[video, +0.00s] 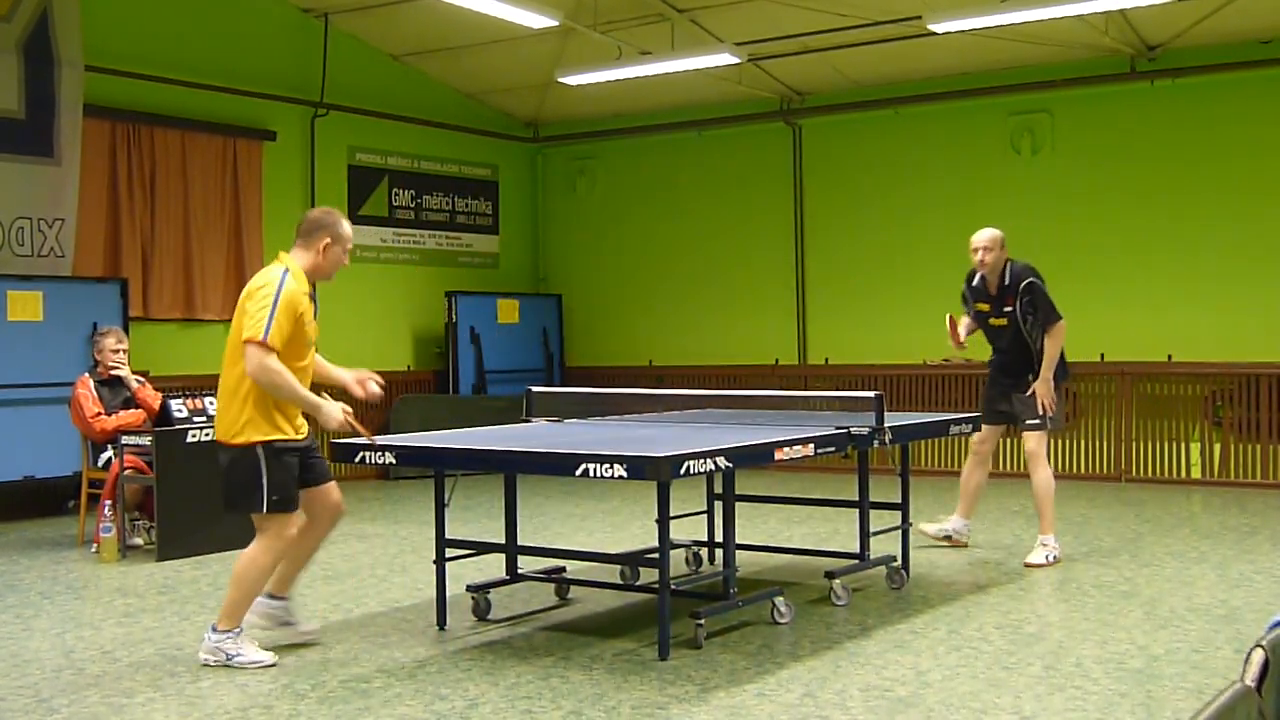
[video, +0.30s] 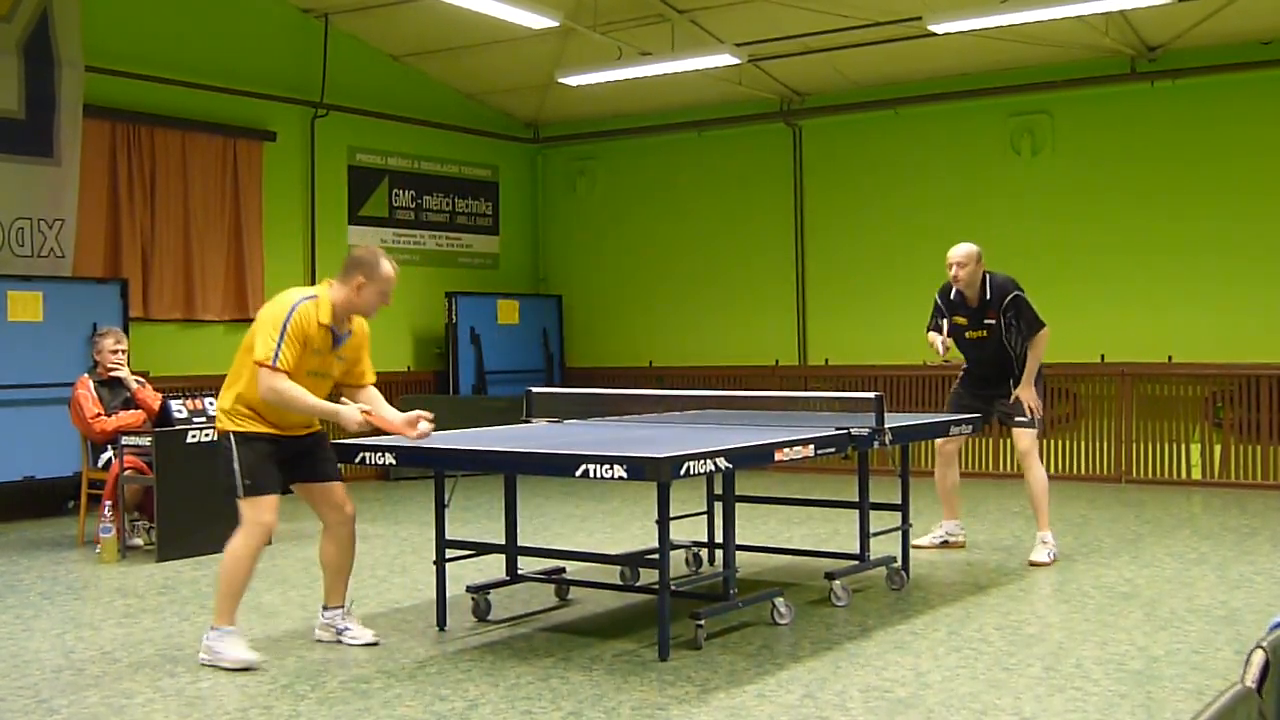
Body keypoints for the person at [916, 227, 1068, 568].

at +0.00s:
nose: (981, 256)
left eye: (988, 250)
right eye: (976, 251)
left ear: (1003, 252)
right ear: (971, 255)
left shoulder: (1025, 279)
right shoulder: (973, 283)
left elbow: (1056, 328)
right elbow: (976, 316)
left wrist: (1046, 378)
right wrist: (962, 332)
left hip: (1036, 371)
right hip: (1002, 370)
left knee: (1034, 450)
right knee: (981, 444)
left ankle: (1047, 542)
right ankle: (958, 526)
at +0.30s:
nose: (954, 272)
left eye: (960, 266)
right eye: (950, 266)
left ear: (979, 266)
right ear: (947, 268)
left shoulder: (1004, 289)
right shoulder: (946, 294)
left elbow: (1040, 332)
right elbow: (933, 332)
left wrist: (1027, 384)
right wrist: (939, 341)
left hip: (1015, 379)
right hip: (974, 379)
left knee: (1027, 449)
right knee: (945, 447)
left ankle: (1045, 538)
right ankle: (951, 529)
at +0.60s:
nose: (954, 285)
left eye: (961, 279)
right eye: (951, 279)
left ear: (981, 280)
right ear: (949, 281)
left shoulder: (1007, 303)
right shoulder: (952, 306)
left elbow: (1046, 346)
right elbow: (948, 335)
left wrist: (1032, 395)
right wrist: (947, 348)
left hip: (1021, 383)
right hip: (981, 380)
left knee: (1026, 453)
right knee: (938, 442)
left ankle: (1045, 539)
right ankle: (931, 517)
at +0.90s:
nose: (945, 301)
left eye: (951, 295)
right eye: (942, 296)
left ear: (972, 295)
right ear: (940, 296)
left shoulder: (999, 315)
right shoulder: (943, 319)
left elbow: (1041, 352)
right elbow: (935, 355)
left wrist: (1026, 399)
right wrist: (939, 367)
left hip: (1016, 391)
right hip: (975, 390)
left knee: (1019, 454)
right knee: (931, 451)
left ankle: (1044, 539)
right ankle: (929, 524)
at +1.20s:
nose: (940, 300)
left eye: (947, 294)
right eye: (937, 294)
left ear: (967, 294)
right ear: (936, 295)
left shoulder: (993, 313)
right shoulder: (939, 320)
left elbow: (1036, 351)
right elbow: (933, 353)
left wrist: (1023, 399)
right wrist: (933, 365)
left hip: (1012, 391)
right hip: (973, 391)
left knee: (1018, 452)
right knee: (928, 450)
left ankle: (1044, 539)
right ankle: (929, 523)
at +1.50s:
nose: (942, 298)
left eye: (949, 292)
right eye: (939, 292)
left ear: (968, 293)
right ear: (937, 294)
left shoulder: (994, 314)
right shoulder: (940, 319)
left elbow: (1036, 352)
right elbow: (932, 354)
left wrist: (1024, 401)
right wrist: (932, 366)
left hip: (1013, 393)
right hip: (973, 392)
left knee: (1018, 453)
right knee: (926, 450)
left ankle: (1044, 539)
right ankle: (929, 523)